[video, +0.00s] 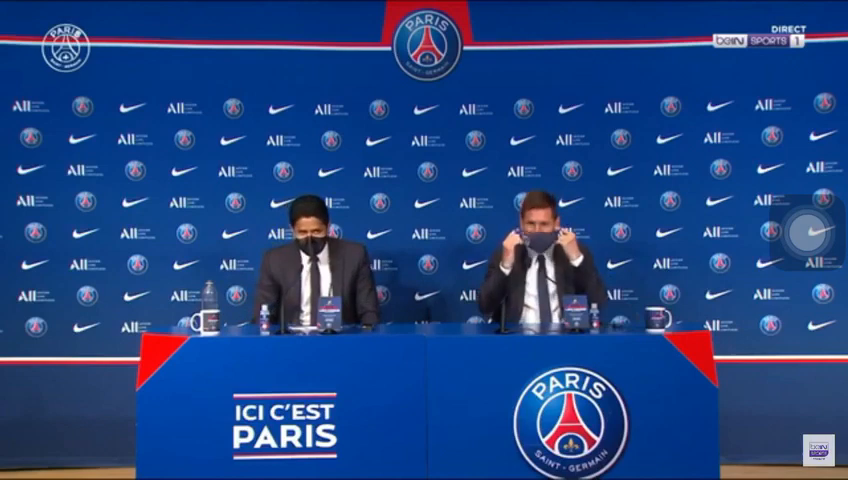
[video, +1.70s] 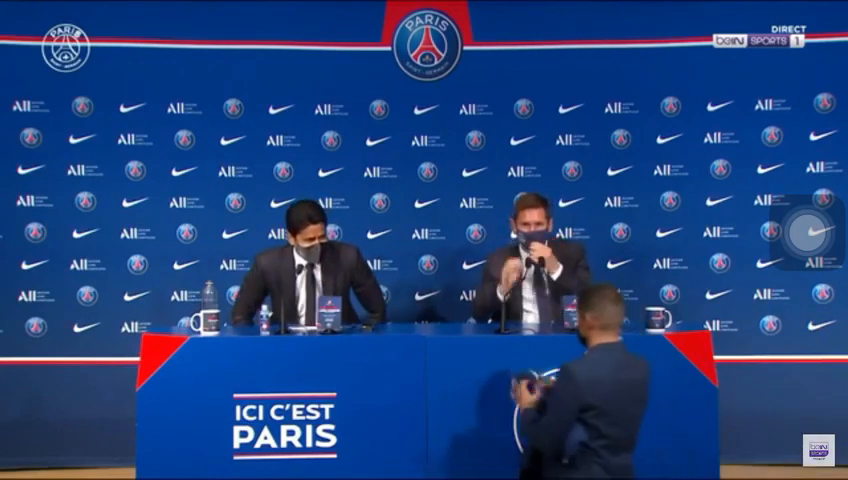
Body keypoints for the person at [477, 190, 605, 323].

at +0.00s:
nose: (537, 231)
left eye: (544, 224)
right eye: (531, 224)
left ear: (556, 224)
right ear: (522, 225)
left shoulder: (575, 252)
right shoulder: (507, 253)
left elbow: (600, 302)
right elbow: (486, 307)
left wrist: (577, 258)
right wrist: (506, 265)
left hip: (565, 341)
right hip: (518, 341)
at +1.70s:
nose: (532, 231)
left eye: (538, 225)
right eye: (525, 225)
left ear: (549, 225)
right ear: (514, 225)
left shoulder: (569, 253)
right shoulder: (498, 260)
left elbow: (583, 295)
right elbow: (479, 313)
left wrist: (554, 269)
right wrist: (501, 290)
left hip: (557, 341)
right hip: (512, 342)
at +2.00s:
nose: (528, 236)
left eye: (534, 229)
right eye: (521, 229)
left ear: (541, 225)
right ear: (506, 228)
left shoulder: (562, 250)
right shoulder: (487, 262)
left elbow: (593, 291)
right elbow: (474, 306)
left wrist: (569, 289)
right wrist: (501, 312)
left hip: (556, 340)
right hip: (505, 344)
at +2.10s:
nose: (527, 236)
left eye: (532, 229)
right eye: (520, 230)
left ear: (539, 226)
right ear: (503, 228)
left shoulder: (561, 251)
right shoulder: (487, 261)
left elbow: (594, 290)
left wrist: (571, 299)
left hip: (557, 341)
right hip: (504, 345)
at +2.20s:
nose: (525, 236)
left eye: (531, 229)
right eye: (518, 230)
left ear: (538, 225)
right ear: (503, 229)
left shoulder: (559, 250)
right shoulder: (486, 261)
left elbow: (592, 288)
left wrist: (569, 310)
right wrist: (474, 299)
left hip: (556, 344)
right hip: (508, 348)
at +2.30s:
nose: (525, 235)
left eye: (530, 228)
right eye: (518, 229)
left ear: (538, 223)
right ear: (503, 227)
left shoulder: (559, 250)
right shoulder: (485, 261)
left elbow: (591, 288)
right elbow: (478, 316)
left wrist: (572, 317)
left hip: (556, 342)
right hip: (506, 345)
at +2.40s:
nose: (528, 232)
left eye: (533, 225)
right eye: (521, 225)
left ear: (543, 221)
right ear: (506, 223)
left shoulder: (563, 250)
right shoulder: (490, 257)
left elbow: (592, 287)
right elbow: (467, 298)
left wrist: (579, 320)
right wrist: (490, 328)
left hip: (555, 341)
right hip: (507, 342)